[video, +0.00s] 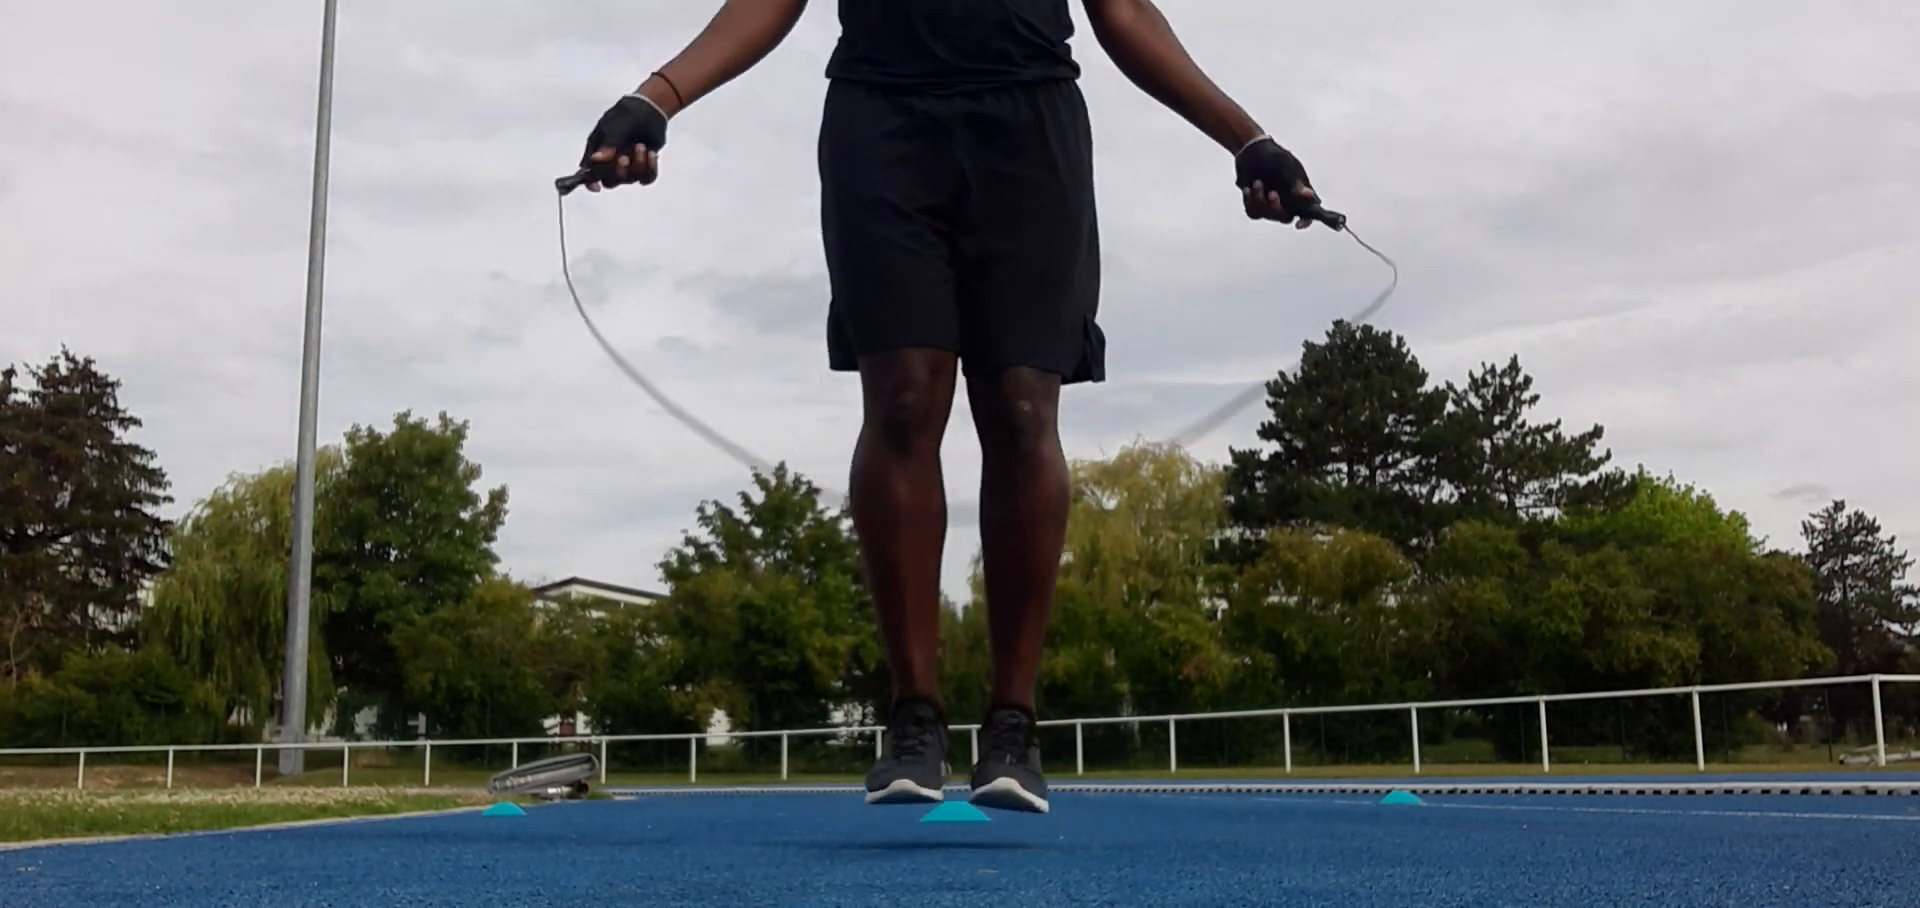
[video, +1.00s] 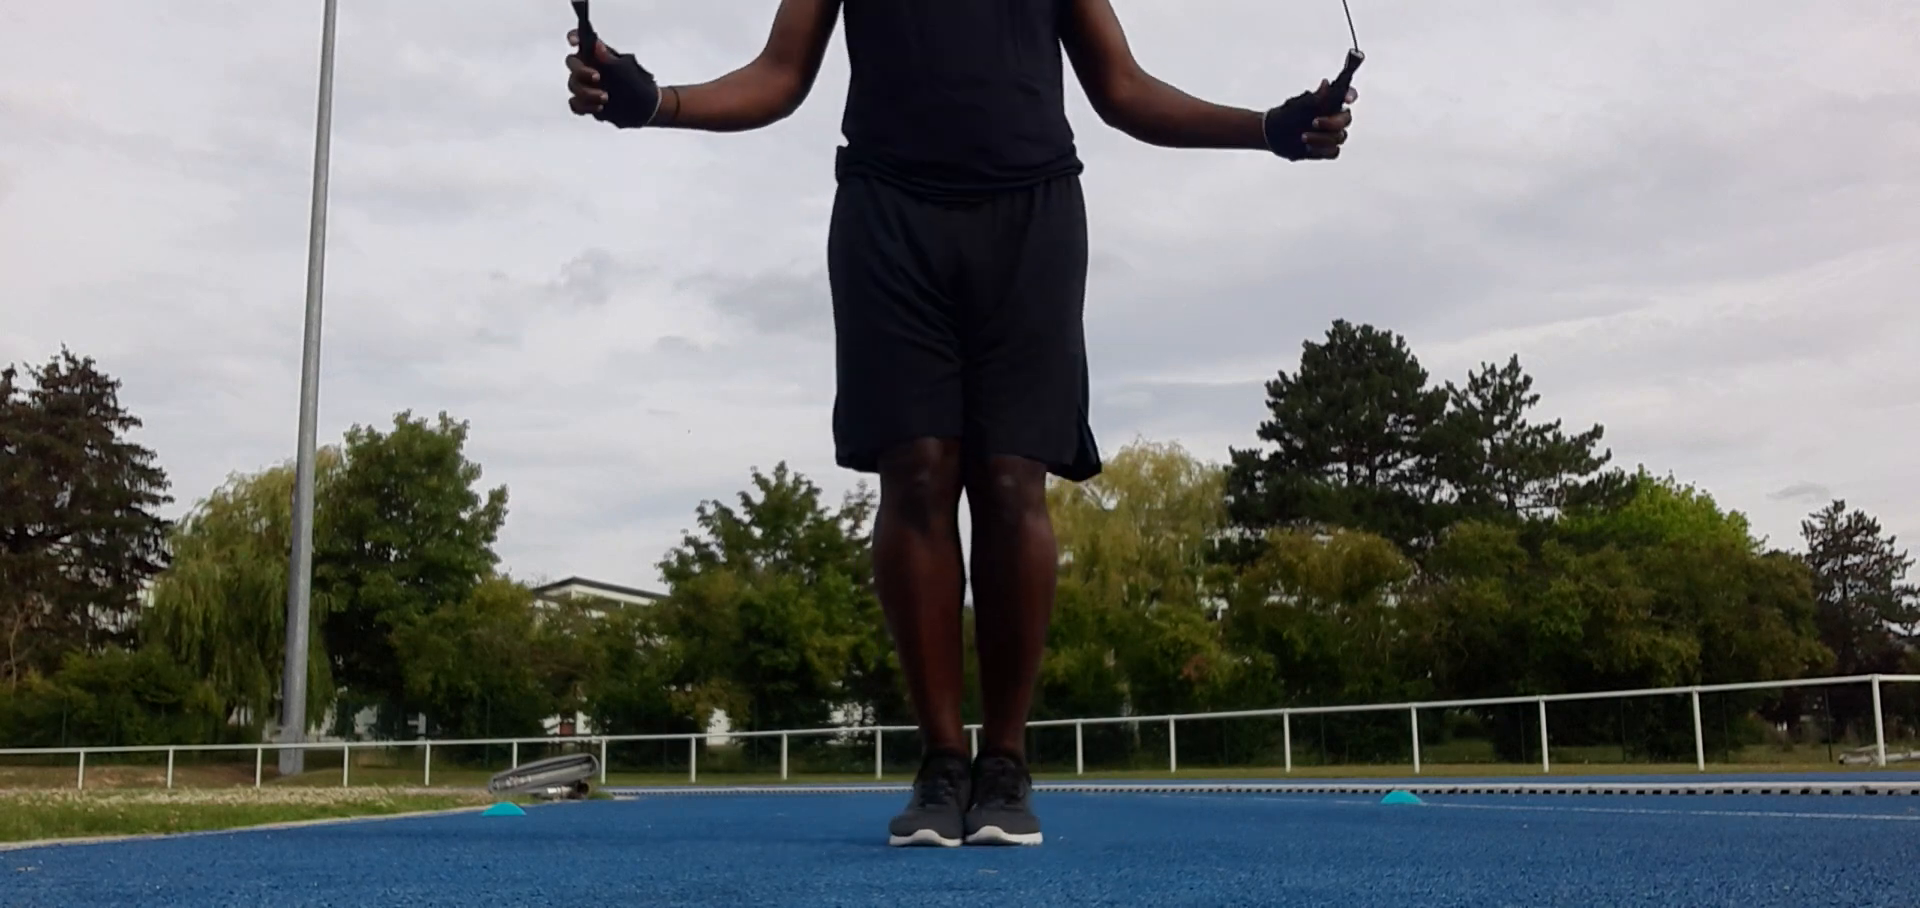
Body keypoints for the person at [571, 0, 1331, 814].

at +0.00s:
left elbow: (1125, 17)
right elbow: (774, 4)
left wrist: (1247, 138)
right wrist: (655, 96)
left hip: (1029, 108)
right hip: (880, 108)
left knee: (1020, 403)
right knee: (905, 395)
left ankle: (1011, 727)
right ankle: (912, 721)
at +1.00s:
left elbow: (1122, 87)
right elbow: (779, 73)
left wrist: (1266, 126)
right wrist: (658, 99)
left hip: (1029, 204)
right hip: (887, 204)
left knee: (1011, 477)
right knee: (917, 472)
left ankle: (1004, 767)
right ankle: (942, 768)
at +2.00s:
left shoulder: (1030, 7)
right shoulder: (823, 7)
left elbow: (1082, 109)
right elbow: (778, 94)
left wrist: (1239, 129)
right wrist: (645, 128)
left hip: (1003, 205)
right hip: (869, 206)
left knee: (983, 484)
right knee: (893, 481)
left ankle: (977, 764)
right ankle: (910, 769)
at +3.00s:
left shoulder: (1013, 4)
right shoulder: (810, 2)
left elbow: (1062, 105)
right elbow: (764, 87)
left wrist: (1205, 192)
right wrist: (633, 190)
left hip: (987, 188)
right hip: (853, 186)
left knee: (964, 452)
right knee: (880, 450)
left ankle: (960, 739)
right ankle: (899, 741)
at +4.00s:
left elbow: (1062, 100)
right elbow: (761, 89)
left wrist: (1179, 212)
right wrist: (661, 212)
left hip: (978, 201)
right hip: (848, 205)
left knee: (963, 459)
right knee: (867, 459)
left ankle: (965, 742)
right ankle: (887, 745)